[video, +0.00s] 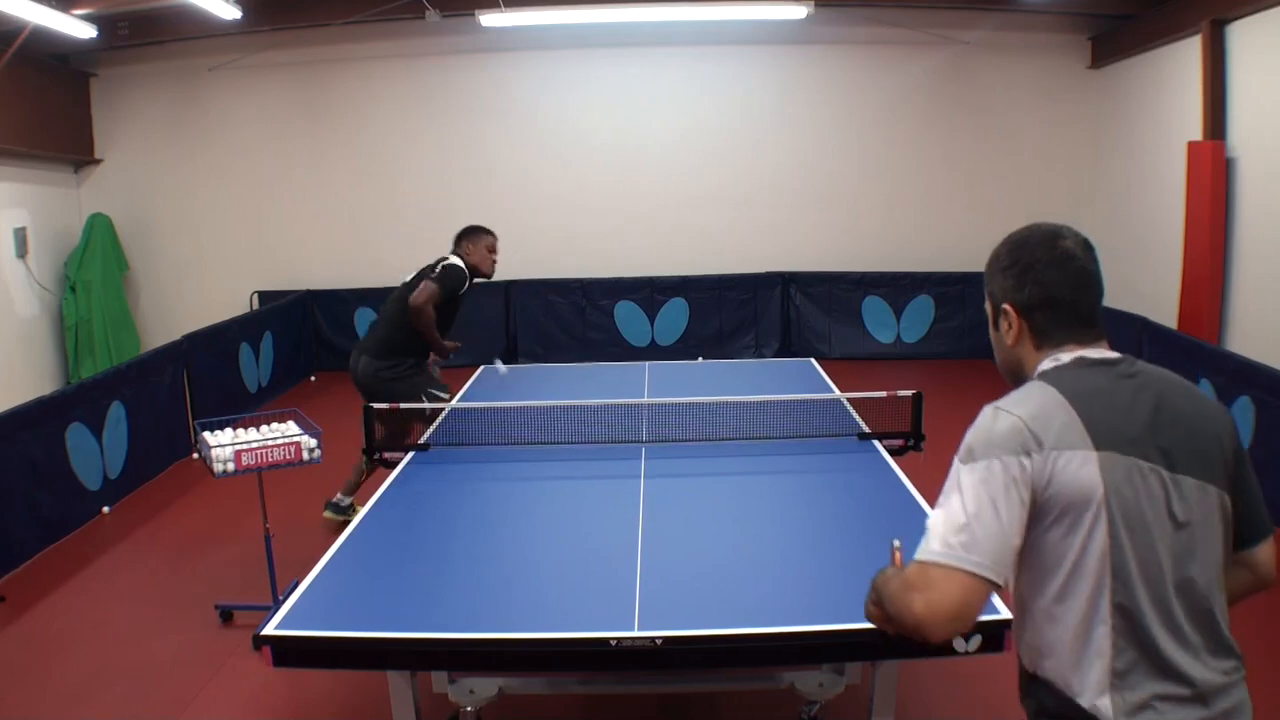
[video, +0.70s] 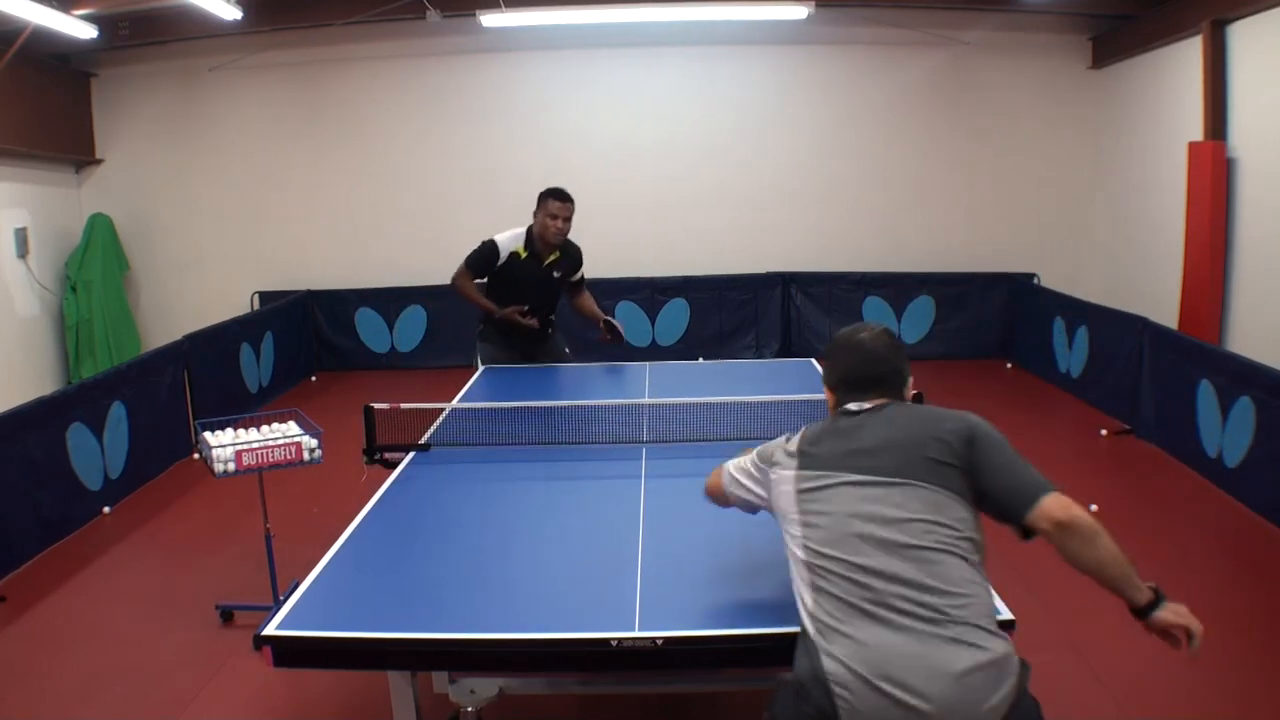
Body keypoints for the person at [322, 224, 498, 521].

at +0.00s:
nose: (495, 258)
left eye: (496, 252)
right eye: (490, 250)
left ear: (464, 249)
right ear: (468, 247)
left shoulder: (440, 266)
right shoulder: (455, 270)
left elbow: (406, 306)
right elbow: (419, 302)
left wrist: (423, 355)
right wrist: (440, 345)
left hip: (371, 362)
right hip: (392, 369)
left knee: (394, 433)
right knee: (454, 422)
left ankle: (342, 499)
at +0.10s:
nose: (505, 257)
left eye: (509, 252)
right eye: (500, 248)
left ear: (511, 253)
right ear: (477, 243)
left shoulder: (473, 276)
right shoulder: (451, 268)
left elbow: (455, 320)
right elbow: (401, 299)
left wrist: (464, 352)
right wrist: (437, 343)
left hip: (421, 361)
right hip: (397, 362)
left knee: (430, 429)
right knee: (451, 422)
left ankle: (362, 478)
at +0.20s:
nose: (505, 246)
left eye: (511, 241)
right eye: (499, 237)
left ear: (516, 241)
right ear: (480, 230)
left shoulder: (491, 263)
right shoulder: (449, 258)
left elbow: (477, 298)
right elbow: (396, 292)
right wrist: (437, 333)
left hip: (442, 349)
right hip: (412, 350)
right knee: (456, 412)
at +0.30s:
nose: (510, 233)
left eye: (517, 228)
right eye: (504, 224)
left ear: (523, 227)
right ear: (486, 216)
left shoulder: (507, 249)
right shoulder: (453, 246)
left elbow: (497, 280)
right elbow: (404, 283)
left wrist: (526, 314)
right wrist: (447, 318)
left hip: (464, 331)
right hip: (424, 329)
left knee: (475, 396)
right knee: (455, 404)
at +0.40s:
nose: (518, 232)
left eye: (525, 226)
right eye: (511, 224)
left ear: (530, 226)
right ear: (494, 218)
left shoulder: (521, 250)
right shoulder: (461, 246)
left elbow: (516, 277)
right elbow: (416, 283)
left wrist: (549, 306)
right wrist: (461, 315)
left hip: (482, 328)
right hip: (442, 329)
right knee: (459, 400)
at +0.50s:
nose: (529, 238)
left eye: (535, 232)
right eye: (521, 230)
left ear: (540, 233)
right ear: (503, 228)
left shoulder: (537, 262)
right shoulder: (470, 258)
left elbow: (543, 290)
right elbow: (427, 295)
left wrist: (576, 315)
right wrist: (472, 326)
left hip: (504, 339)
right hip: (463, 342)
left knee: (534, 386)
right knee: (476, 402)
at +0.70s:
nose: (560, 226)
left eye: (566, 220)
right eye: (553, 218)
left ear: (571, 222)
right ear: (536, 216)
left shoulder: (571, 255)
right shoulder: (503, 246)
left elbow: (577, 292)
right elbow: (460, 280)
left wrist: (601, 320)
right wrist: (498, 312)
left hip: (544, 339)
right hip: (500, 339)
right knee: (499, 408)